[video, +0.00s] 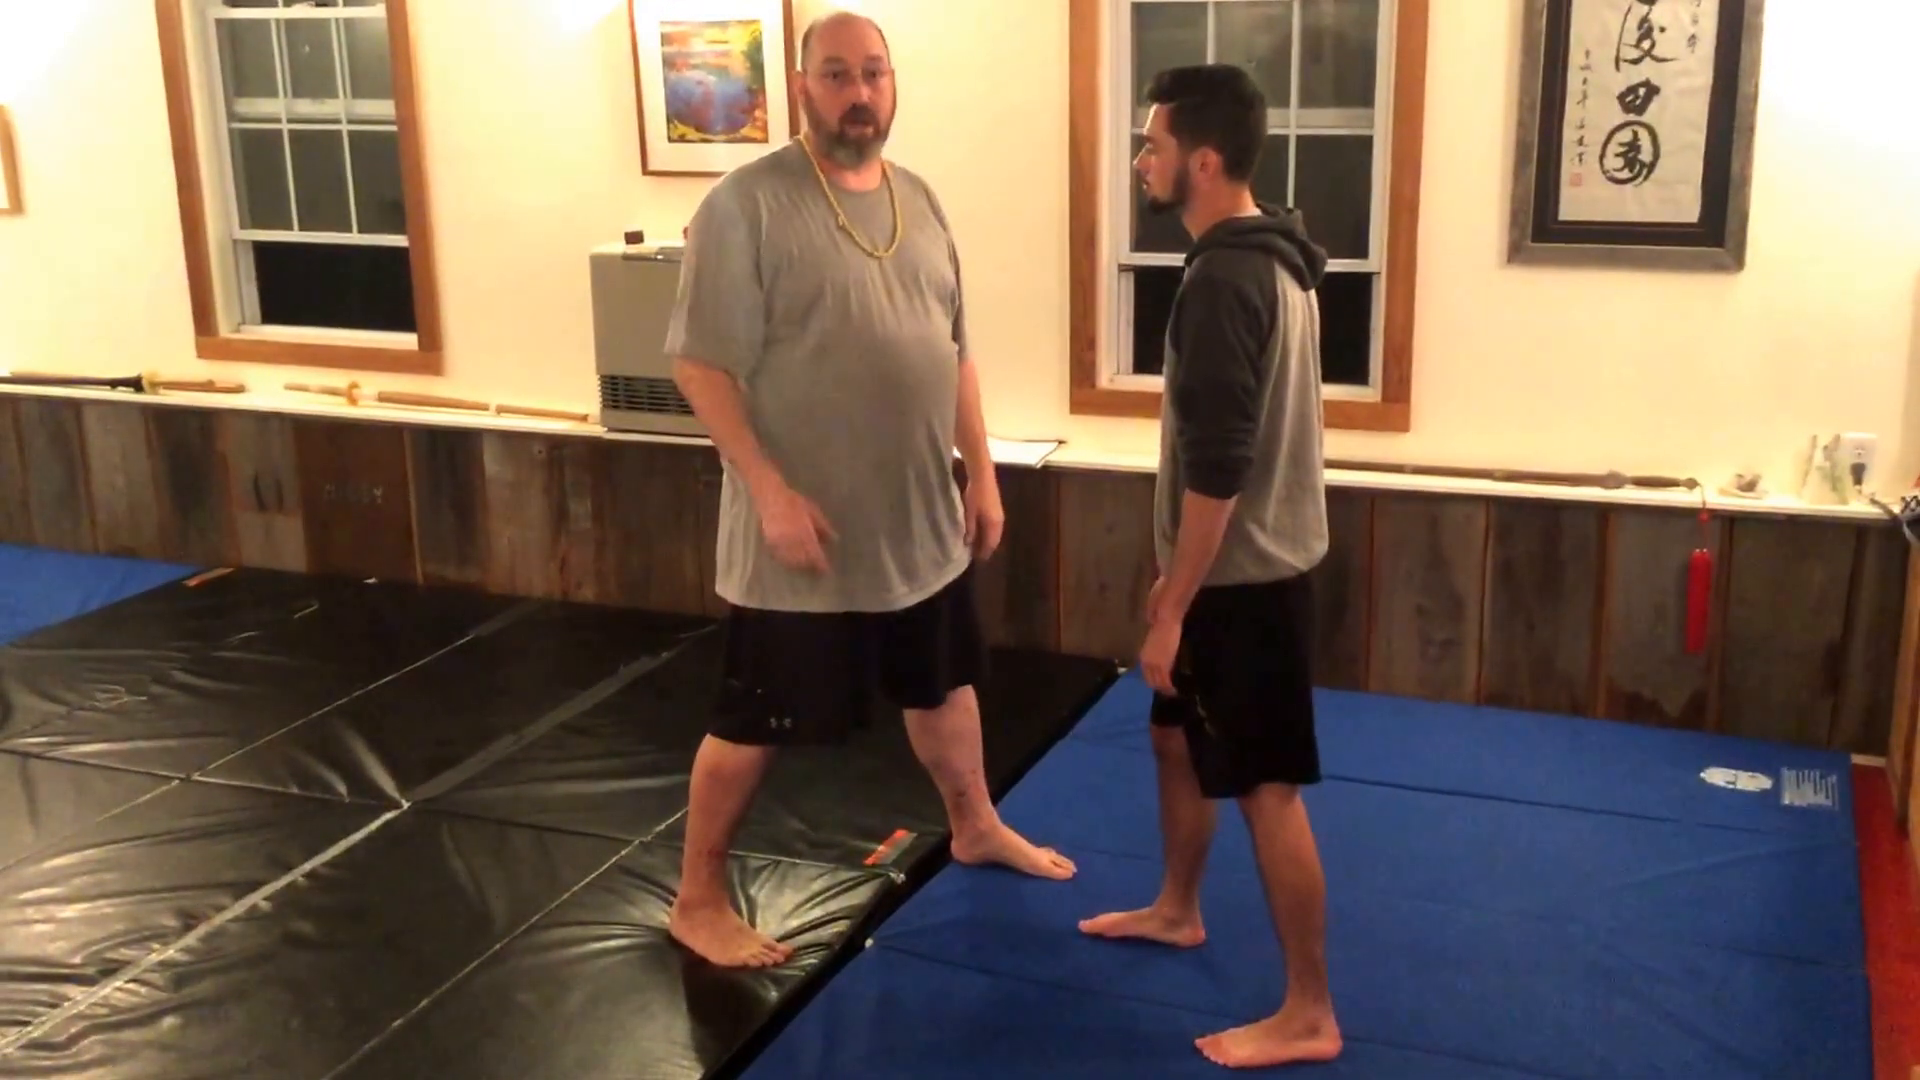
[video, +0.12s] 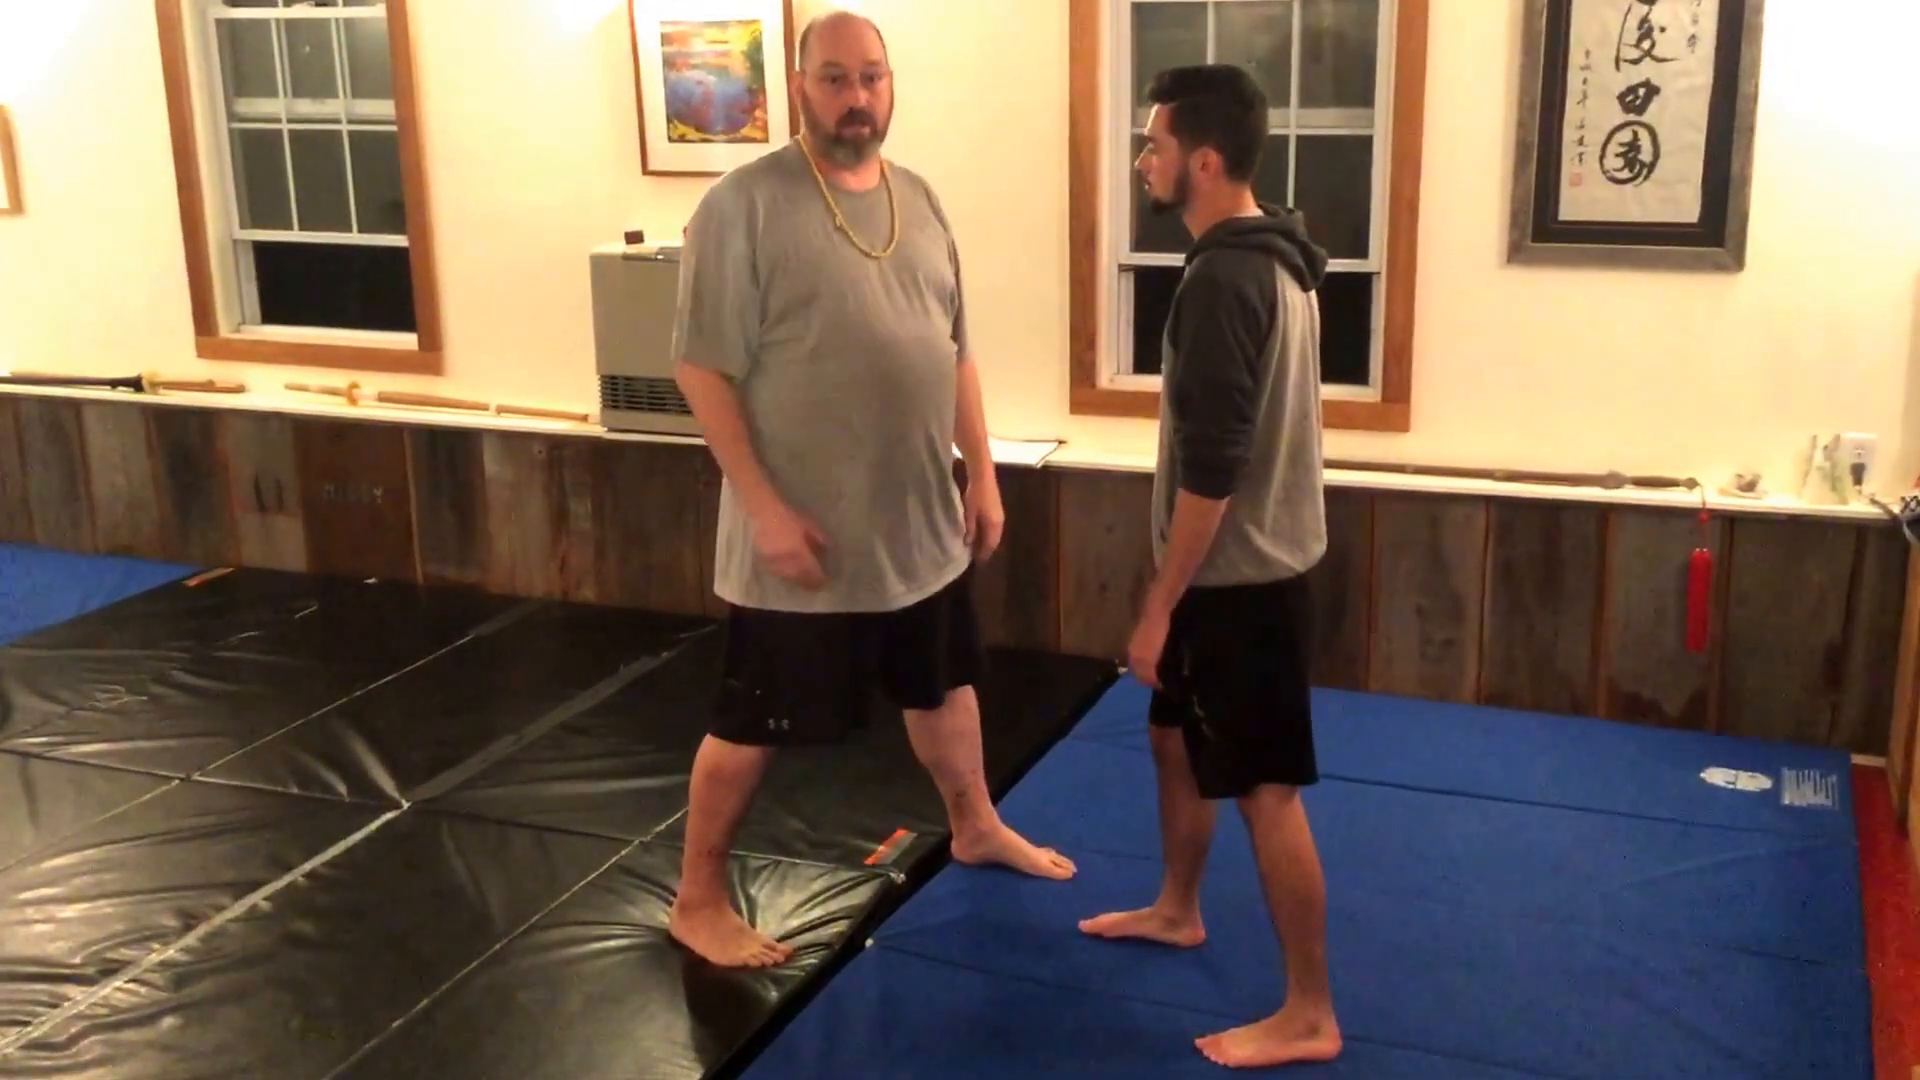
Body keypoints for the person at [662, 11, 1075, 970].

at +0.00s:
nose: (861, 92)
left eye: (875, 74)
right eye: (838, 75)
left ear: (896, 86)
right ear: (799, 89)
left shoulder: (920, 201)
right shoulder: (744, 205)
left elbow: (952, 350)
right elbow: (699, 364)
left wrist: (980, 473)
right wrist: (768, 490)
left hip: (917, 512)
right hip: (792, 528)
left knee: (944, 681)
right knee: (750, 722)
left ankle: (978, 829)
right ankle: (697, 897)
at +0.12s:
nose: (857, 96)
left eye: (872, 78)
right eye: (835, 78)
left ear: (893, 88)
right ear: (797, 89)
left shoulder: (920, 200)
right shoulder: (742, 205)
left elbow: (953, 349)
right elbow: (701, 368)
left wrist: (981, 474)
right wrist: (763, 506)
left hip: (917, 513)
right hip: (791, 529)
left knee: (945, 681)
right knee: (749, 723)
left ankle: (977, 828)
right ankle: (698, 898)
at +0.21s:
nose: (854, 96)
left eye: (869, 78)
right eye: (832, 79)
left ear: (892, 88)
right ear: (796, 90)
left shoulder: (922, 201)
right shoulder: (742, 205)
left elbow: (955, 348)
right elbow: (698, 366)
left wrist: (983, 473)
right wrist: (750, 508)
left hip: (918, 515)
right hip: (790, 531)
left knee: (945, 683)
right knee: (748, 725)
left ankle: (978, 828)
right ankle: (698, 897)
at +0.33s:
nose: (854, 94)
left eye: (869, 76)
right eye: (832, 77)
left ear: (891, 87)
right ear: (795, 89)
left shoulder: (922, 202)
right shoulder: (741, 207)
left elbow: (958, 350)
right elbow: (697, 368)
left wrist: (989, 472)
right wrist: (719, 516)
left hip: (918, 514)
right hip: (793, 527)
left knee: (945, 681)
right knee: (748, 725)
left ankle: (978, 829)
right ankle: (698, 896)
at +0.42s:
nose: (868, 96)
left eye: (882, 78)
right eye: (844, 77)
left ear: (897, 90)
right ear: (798, 87)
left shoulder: (922, 203)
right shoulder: (741, 207)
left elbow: (958, 351)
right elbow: (698, 370)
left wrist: (991, 469)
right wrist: (706, 515)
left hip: (915, 515)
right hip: (790, 527)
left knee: (945, 683)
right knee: (747, 726)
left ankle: (977, 828)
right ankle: (698, 896)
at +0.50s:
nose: (884, 98)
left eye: (895, 79)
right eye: (863, 79)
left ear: (907, 87)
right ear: (807, 86)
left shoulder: (920, 204)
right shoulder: (744, 206)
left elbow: (957, 352)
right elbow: (695, 370)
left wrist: (992, 469)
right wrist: (703, 518)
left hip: (916, 514)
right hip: (790, 527)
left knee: (945, 682)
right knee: (749, 725)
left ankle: (978, 828)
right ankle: (698, 897)